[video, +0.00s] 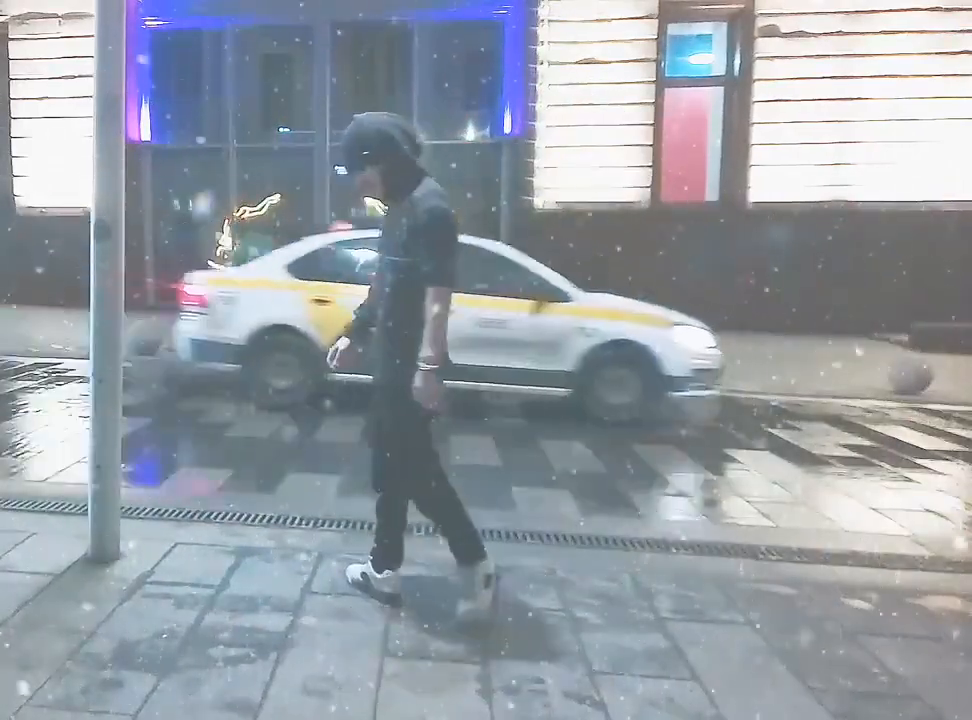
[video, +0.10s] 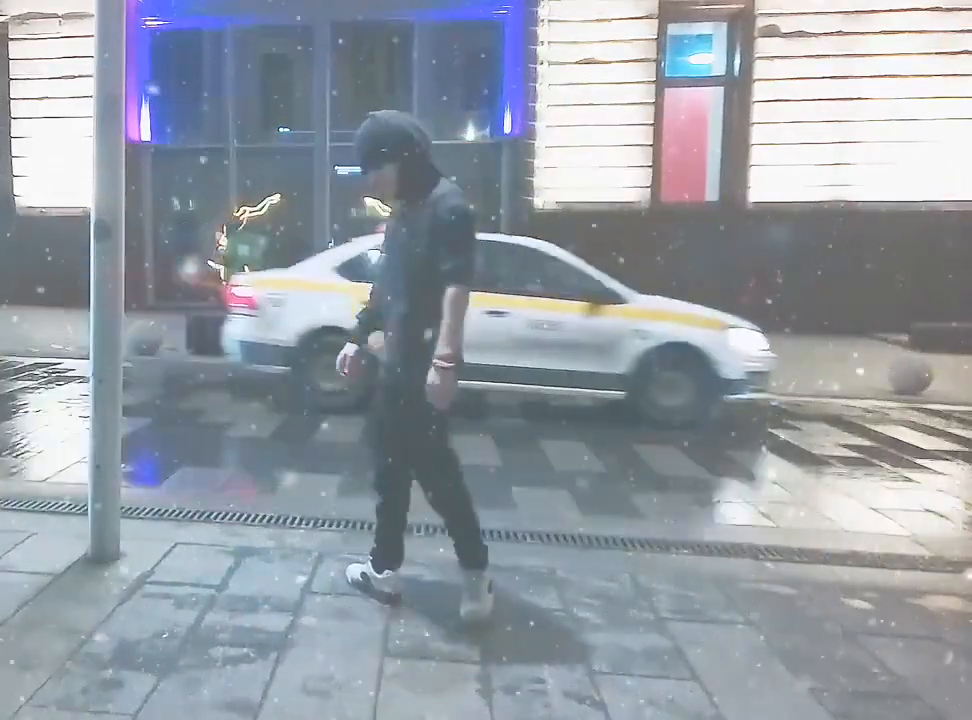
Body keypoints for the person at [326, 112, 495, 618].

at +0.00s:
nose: (360, 184)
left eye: (363, 171)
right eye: (357, 173)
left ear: (388, 161)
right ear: (384, 164)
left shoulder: (430, 211)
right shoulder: (401, 208)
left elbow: (439, 296)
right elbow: (385, 287)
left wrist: (430, 367)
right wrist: (353, 335)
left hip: (408, 360)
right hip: (389, 356)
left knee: (401, 463)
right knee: (401, 462)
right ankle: (384, 569)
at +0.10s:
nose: (370, 184)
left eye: (375, 171)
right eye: (367, 173)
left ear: (403, 160)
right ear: (393, 163)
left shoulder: (447, 209)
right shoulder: (406, 211)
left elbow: (457, 287)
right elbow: (388, 288)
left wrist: (446, 362)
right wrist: (356, 339)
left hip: (422, 358)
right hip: (398, 355)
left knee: (397, 454)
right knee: (417, 458)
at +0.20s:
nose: (387, 178)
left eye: (391, 167)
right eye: (384, 169)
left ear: (416, 159)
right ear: (404, 164)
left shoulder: (466, 207)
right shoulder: (412, 218)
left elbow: (477, 284)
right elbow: (393, 290)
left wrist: (457, 358)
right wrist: (368, 341)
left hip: (440, 361)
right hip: (406, 358)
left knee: (452, 464)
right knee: (395, 459)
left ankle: (479, 567)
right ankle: (385, 565)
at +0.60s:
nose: (444, 173)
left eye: (453, 162)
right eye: (439, 163)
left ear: (480, 157)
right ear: (437, 164)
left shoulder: (528, 212)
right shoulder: (434, 214)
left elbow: (539, 295)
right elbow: (418, 292)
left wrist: (535, 364)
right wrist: (404, 356)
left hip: (492, 370)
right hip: (434, 365)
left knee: (495, 483)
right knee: (407, 471)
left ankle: (483, 580)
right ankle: (391, 576)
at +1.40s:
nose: (459, 168)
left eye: (469, 157)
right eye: (451, 156)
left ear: (483, 157)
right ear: (434, 151)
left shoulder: (491, 214)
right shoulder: (397, 202)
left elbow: (510, 290)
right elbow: (364, 271)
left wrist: (558, 309)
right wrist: (348, 304)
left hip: (461, 364)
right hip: (398, 361)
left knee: (456, 476)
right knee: (379, 476)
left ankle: (477, 572)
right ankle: (362, 580)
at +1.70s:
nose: (404, 167)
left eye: (415, 157)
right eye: (395, 155)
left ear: (430, 156)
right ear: (380, 152)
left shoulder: (449, 211)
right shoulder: (351, 203)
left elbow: (475, 282)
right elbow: (324, 273)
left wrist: (499, 331)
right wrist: (310, 325)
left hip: (419, 366)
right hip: (356, 362)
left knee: (418, 476)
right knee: (352, 481)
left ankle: (464, 563)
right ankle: (356, 589)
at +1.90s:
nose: (370, 167)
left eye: (380, 156)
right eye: (362, 155)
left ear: (398, 156)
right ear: (348, 154)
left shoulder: (423, 208)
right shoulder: (325, 203)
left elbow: (441, 285)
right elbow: (301, 273)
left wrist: (441, 348)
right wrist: (292, 324)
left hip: (396, 359)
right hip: (334, 358)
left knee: (390, 474)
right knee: (340, 478)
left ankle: (439, 566)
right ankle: (355, 586)